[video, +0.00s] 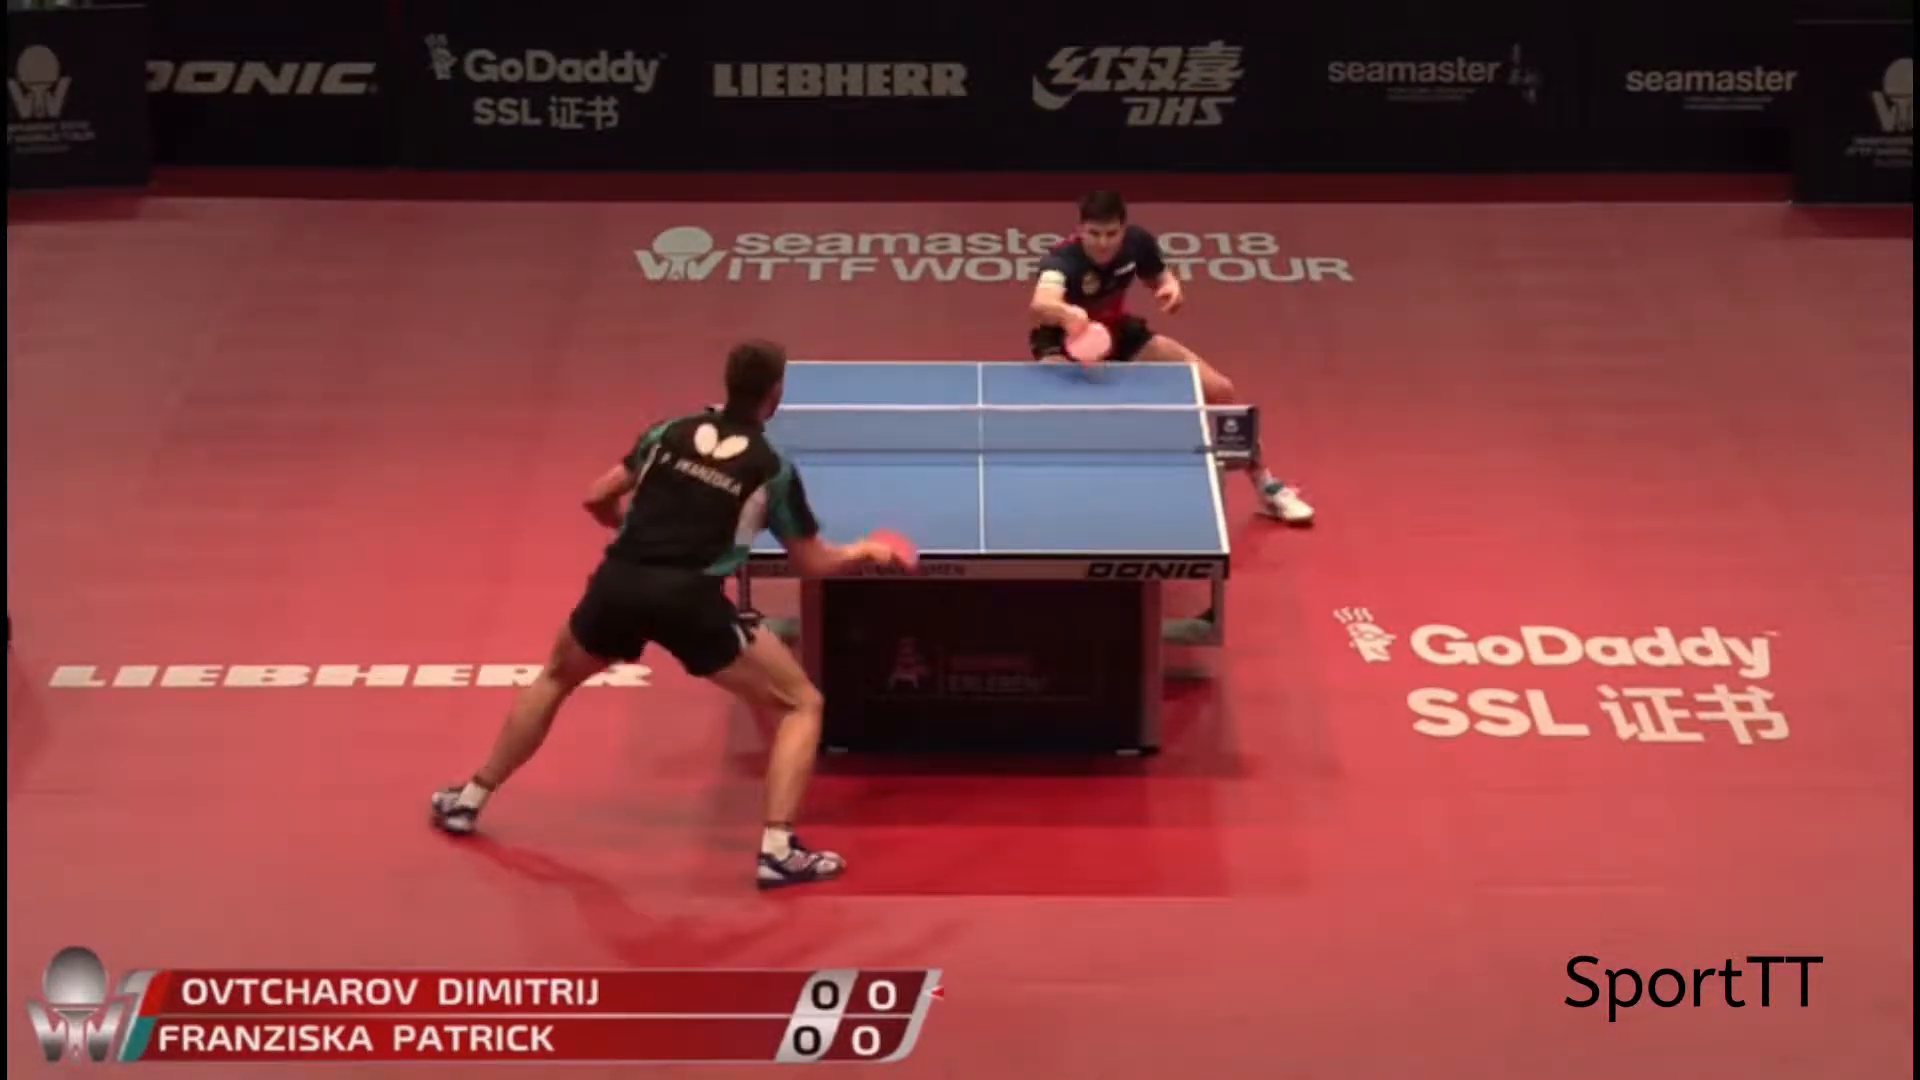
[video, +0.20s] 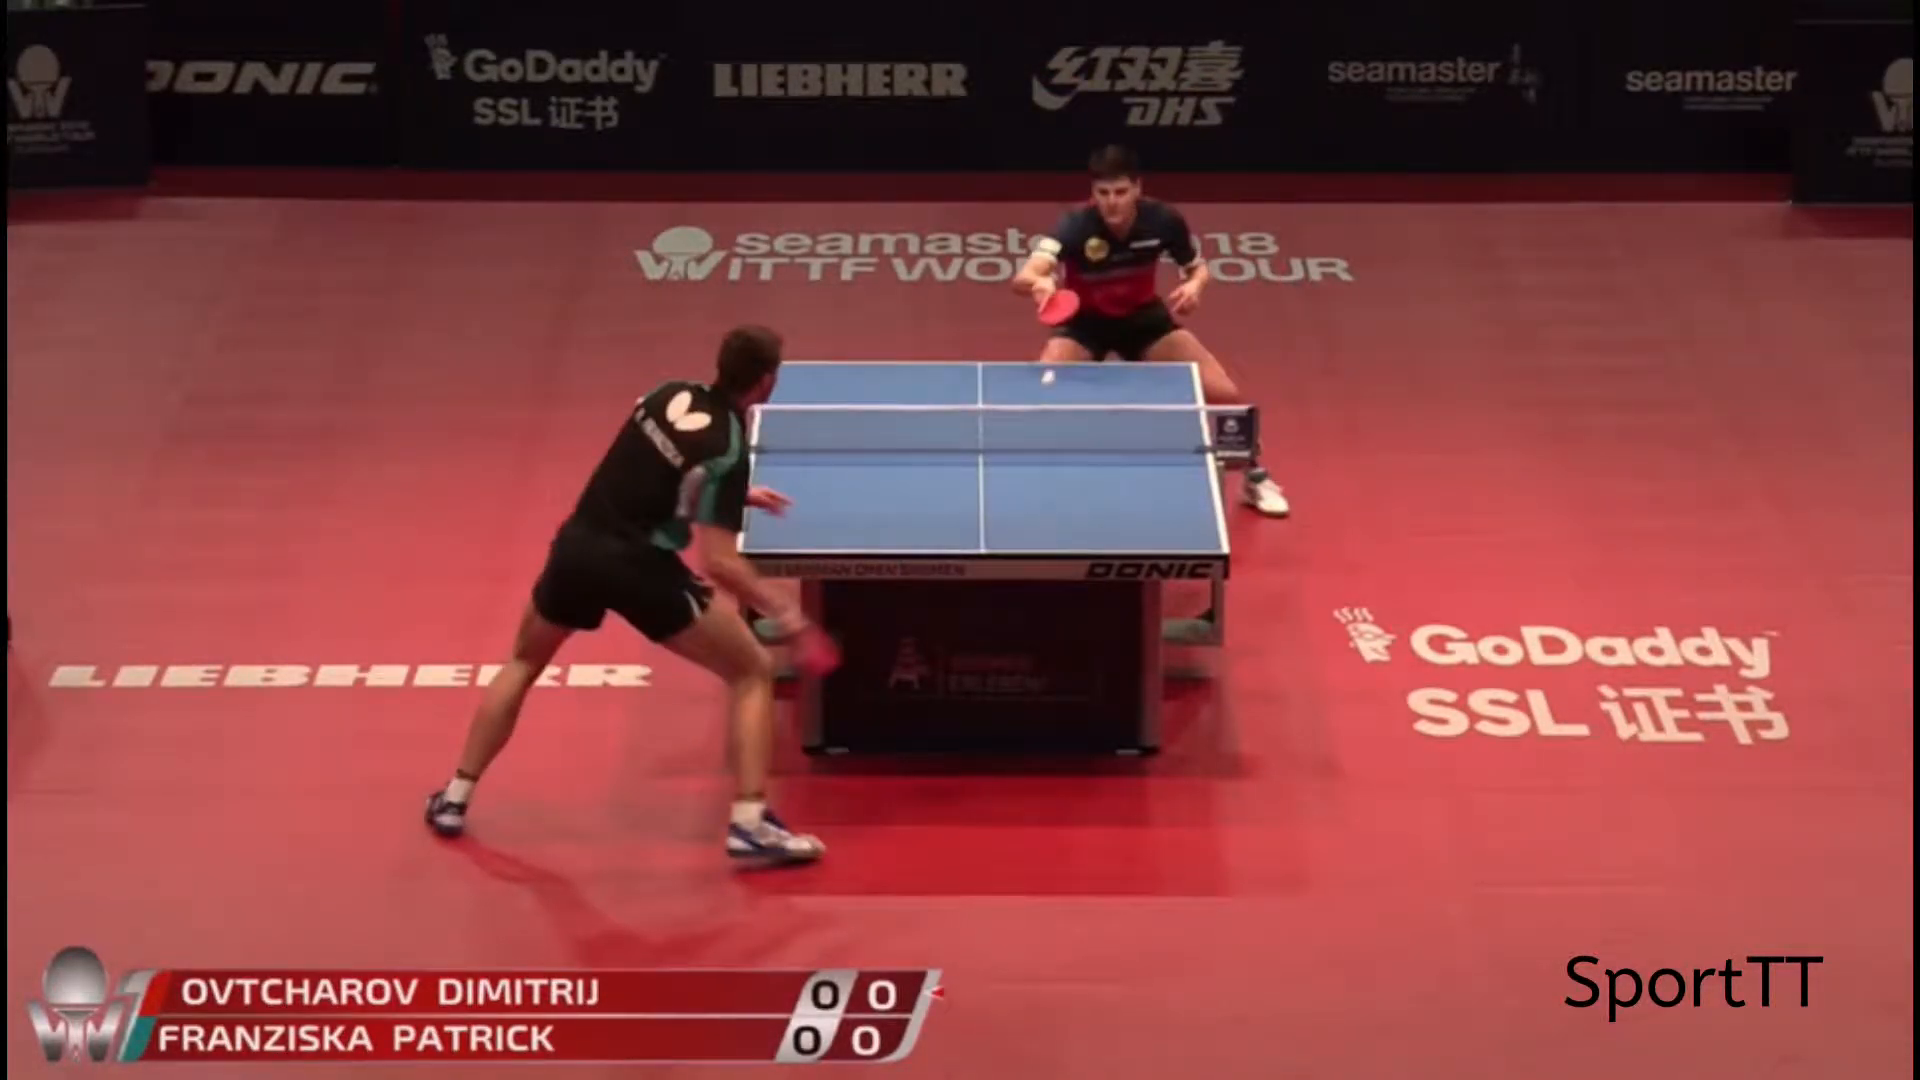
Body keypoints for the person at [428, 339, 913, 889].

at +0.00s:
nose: (782, 397)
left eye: (775, 385)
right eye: (782, 390)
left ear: (727, 384)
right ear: (772, 396)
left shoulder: (670, 431)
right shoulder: (773, 467)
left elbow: (599, 497)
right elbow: (813, 563)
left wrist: (620, 523)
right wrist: (864, 553)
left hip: (619, 585)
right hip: (692, 601)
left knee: (554, 680)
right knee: (801, 704)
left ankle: (470, 799)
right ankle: (777, 849)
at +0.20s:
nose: (773, 386)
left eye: (770, 375)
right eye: (773, 379)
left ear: (720, 367)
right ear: (763, 387)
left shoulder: (672, 393)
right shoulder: (730, 448)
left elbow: (676, 470)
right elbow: (718, 558)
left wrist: (739, 493)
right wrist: (777, 603)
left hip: (576, 548)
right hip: (641, 567)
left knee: (522, 663)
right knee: (752, 673)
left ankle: (455, 796)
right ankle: (751, 820)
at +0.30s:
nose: (779, 403)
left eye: (778, 393)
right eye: (780, 394)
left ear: (730, 381)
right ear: (767, 400)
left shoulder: (690, 405)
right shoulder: (715, 456)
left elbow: (732, 465)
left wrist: (792, 496)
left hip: (564, 543)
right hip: (619, 563)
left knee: (531, 665)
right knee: (747, 647)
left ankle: (442, 777)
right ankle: (743, 801)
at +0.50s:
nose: (796, 445)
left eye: (796, 437)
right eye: (793, 439)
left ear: (748, 420)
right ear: (773, 444)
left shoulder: (722, 423)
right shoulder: (712, 487)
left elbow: (745, 438)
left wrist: (777, 464)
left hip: (573, 555)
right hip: (624, 578)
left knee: (541, 671)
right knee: (755, 650)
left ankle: (433, 768)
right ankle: (753, 804)